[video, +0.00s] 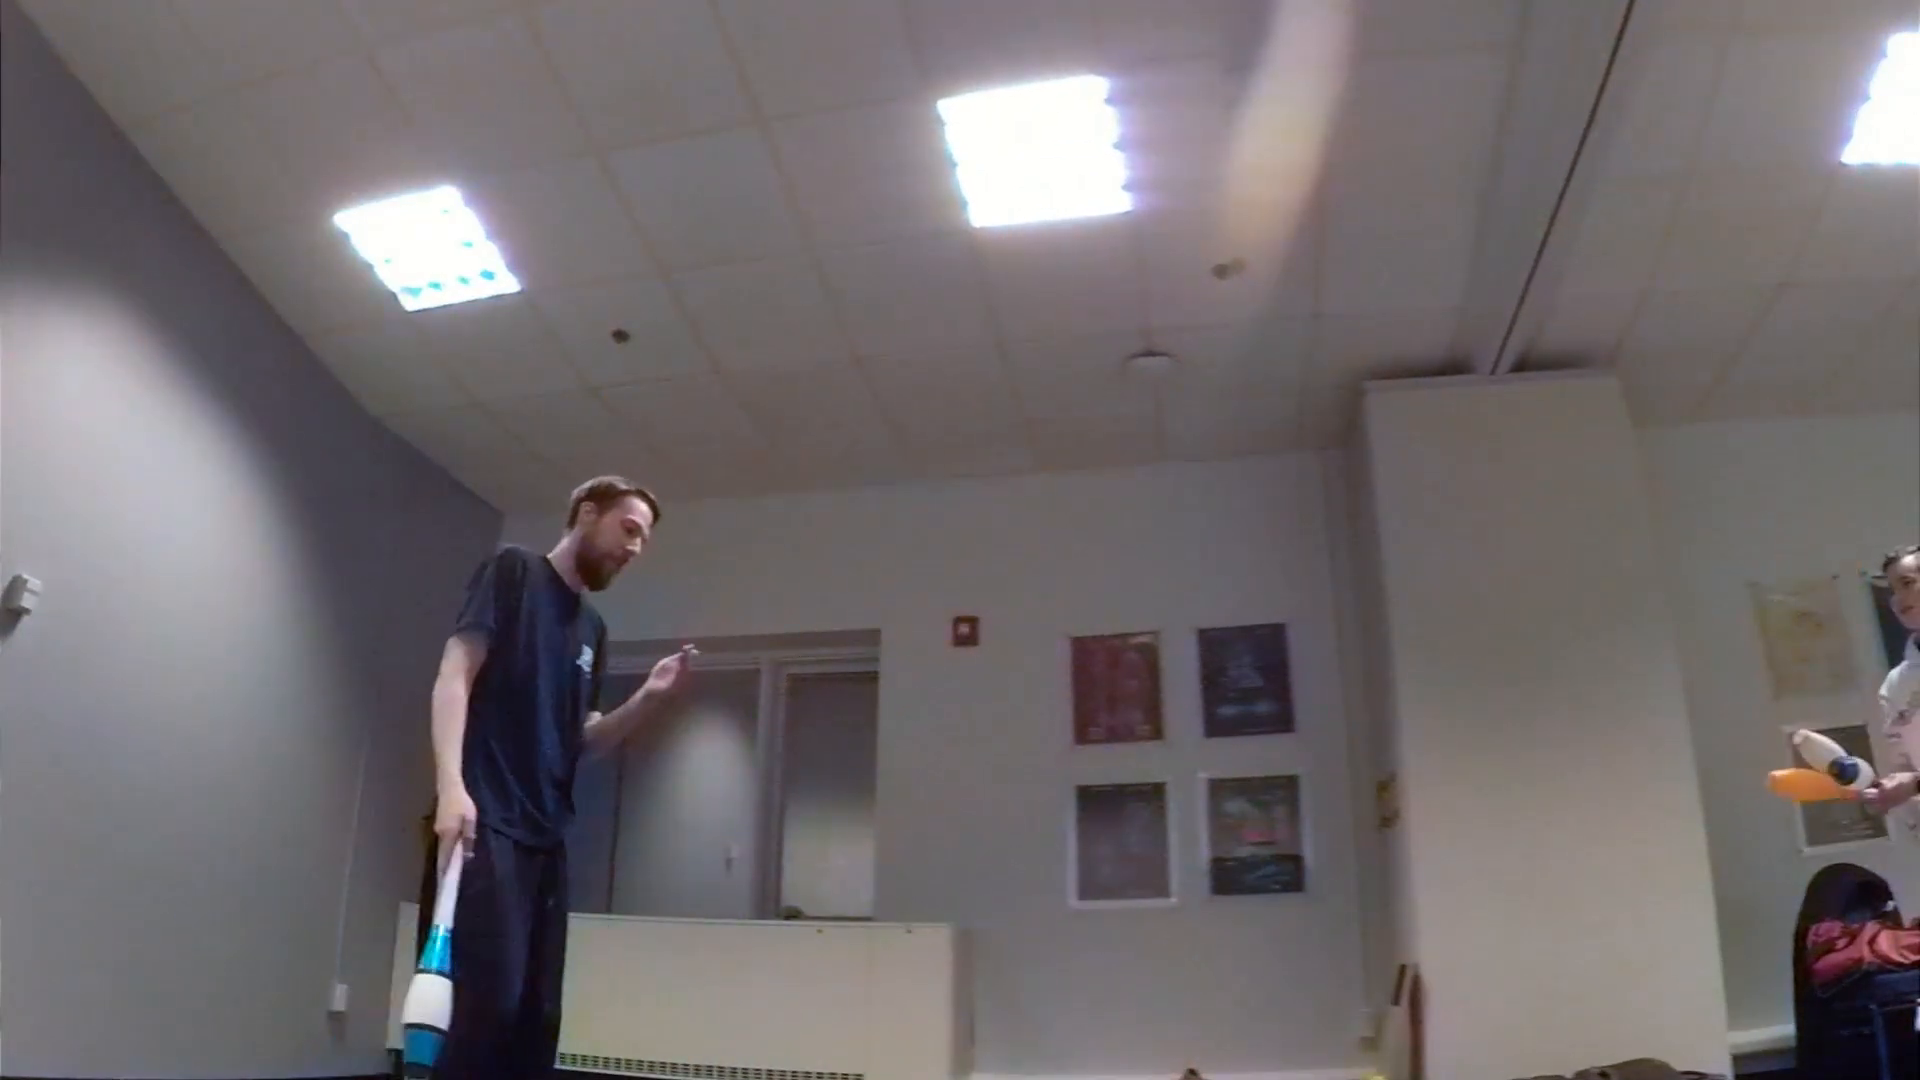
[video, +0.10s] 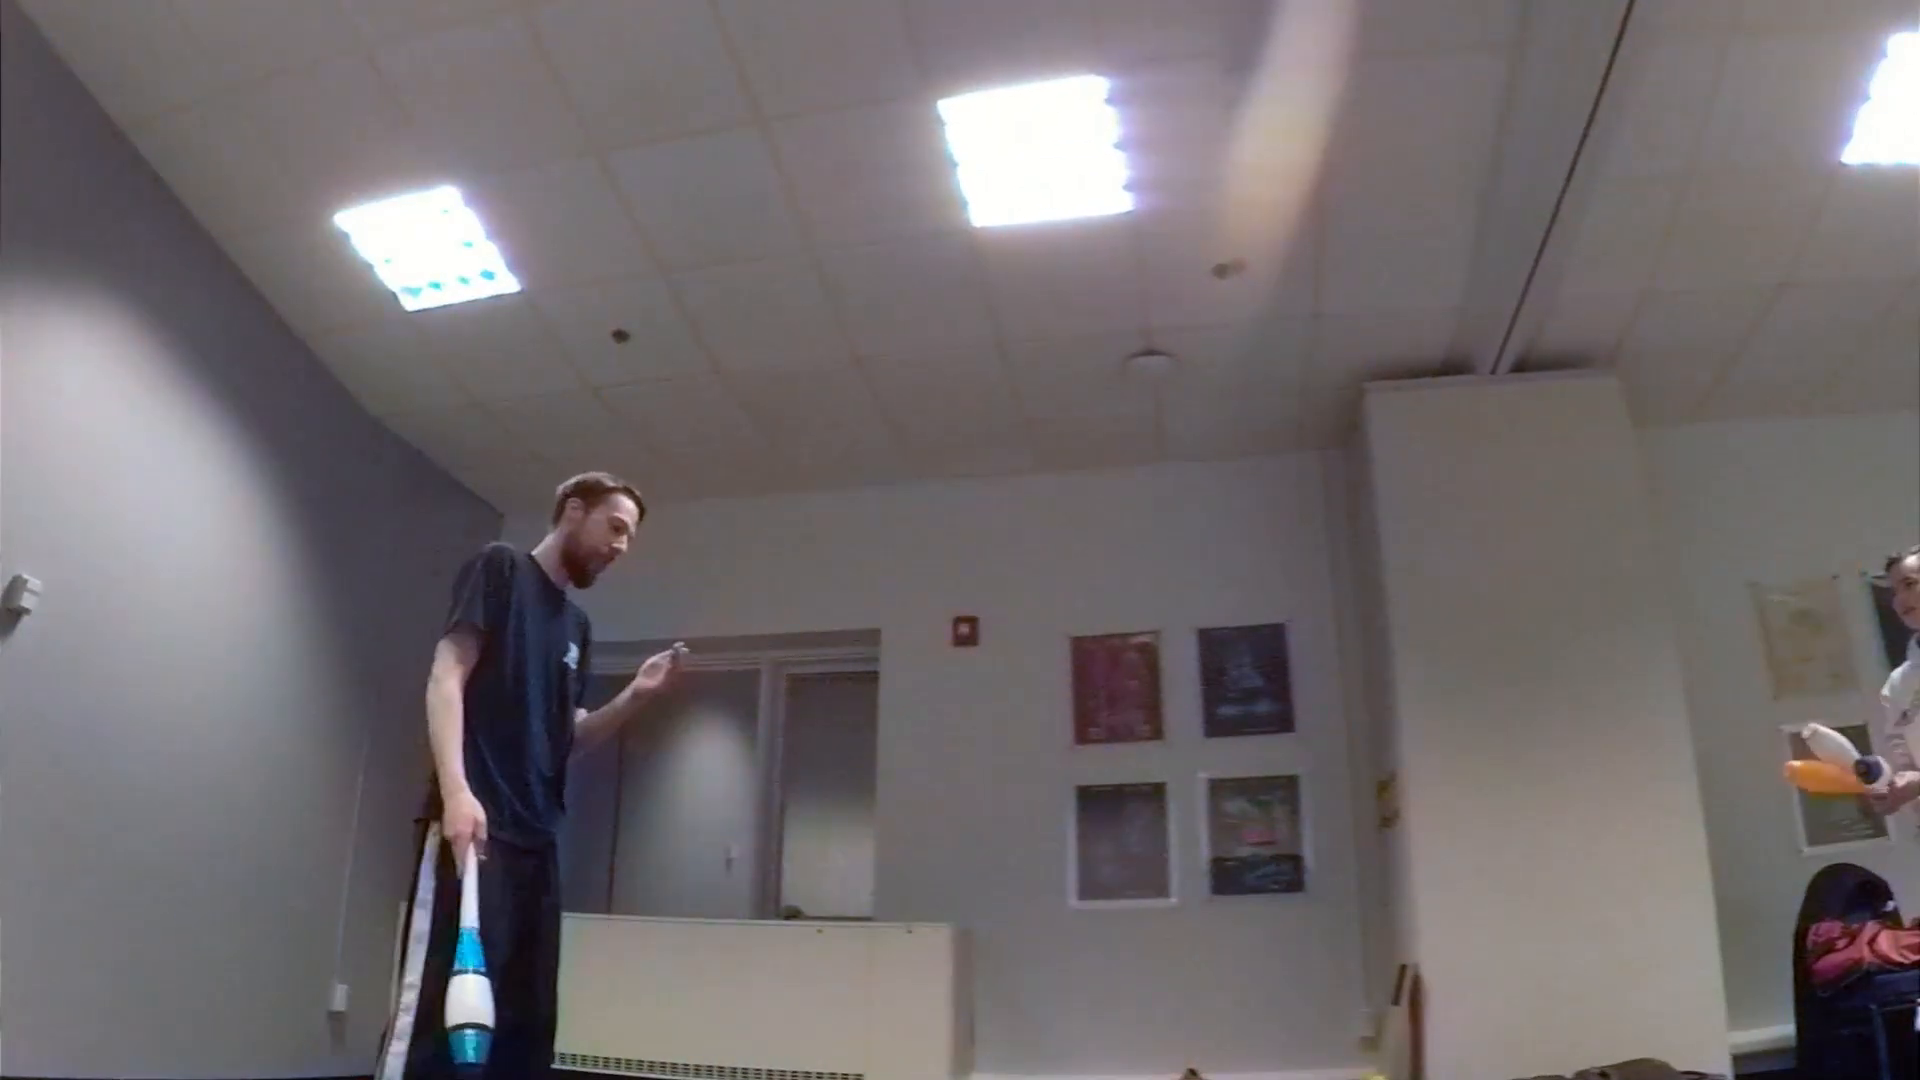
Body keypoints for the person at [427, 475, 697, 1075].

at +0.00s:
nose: (635, 547)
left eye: (643, 539)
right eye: (628, 528)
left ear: (642, 550)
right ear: (587, 514)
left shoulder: (591, 626)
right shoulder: (513, 570)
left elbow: (583, 736)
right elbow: (452, 678)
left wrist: (647, 694)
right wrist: (450, 788)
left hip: (545, 837)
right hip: (488, 824)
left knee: (536, 1013)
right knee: (487, 1003)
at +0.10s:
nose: (621, 546)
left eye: (629, 536)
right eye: (615, 526)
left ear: (626, 546)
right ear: (572, 509)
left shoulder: (575, 622)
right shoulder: (500, 566)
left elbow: (568, 735)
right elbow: (445, 677)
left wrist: (632, 696)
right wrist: (454, 791)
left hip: (535, 842)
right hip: (474, 828)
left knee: (527, 1021)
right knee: (442, 1013)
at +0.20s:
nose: (609, 553)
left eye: (615, 542)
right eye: (606, 533)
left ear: (581, 525)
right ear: (564, 511)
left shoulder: (553, 619)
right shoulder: (487, 566)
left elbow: (542, 734)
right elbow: (434, 685)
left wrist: (611, 702)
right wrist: (457, 806)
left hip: (513, 840)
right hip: (446, 826)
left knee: (517, 1023)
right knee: (415, 1019)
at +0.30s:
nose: (599, 562)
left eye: (605, 550)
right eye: (601, 544)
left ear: (566, 523)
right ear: (575, 522)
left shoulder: (528, 609)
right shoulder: (488, 569)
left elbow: (500, 731)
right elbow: (429, 693)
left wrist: (579, 724)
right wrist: (454, 824)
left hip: (479, 841)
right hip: (419, 832)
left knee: (496, 1023)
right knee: (393, 1025)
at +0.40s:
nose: (588, 575)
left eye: (597, 563)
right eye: (596, 559)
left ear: (553, 524)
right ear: (581, 535)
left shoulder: (505, 589)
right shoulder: (491, 574)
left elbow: (453, 716)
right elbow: (432, 694)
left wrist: (522, 762)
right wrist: (450, 831)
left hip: (436, 826)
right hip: (403, 822)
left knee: (458, 1008)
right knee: (380, 1013)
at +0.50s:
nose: (581, 580)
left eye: (590, 568)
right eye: (590, 564)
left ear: (541, 527)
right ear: (579, 543)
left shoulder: (489, 579)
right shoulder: (495, 577)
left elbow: (432, 703)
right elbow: (434, 690)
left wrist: (472, 790)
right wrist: (446, 828)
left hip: (413, 821)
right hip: (394, 820)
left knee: (437, 1007)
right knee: (375, 1013)